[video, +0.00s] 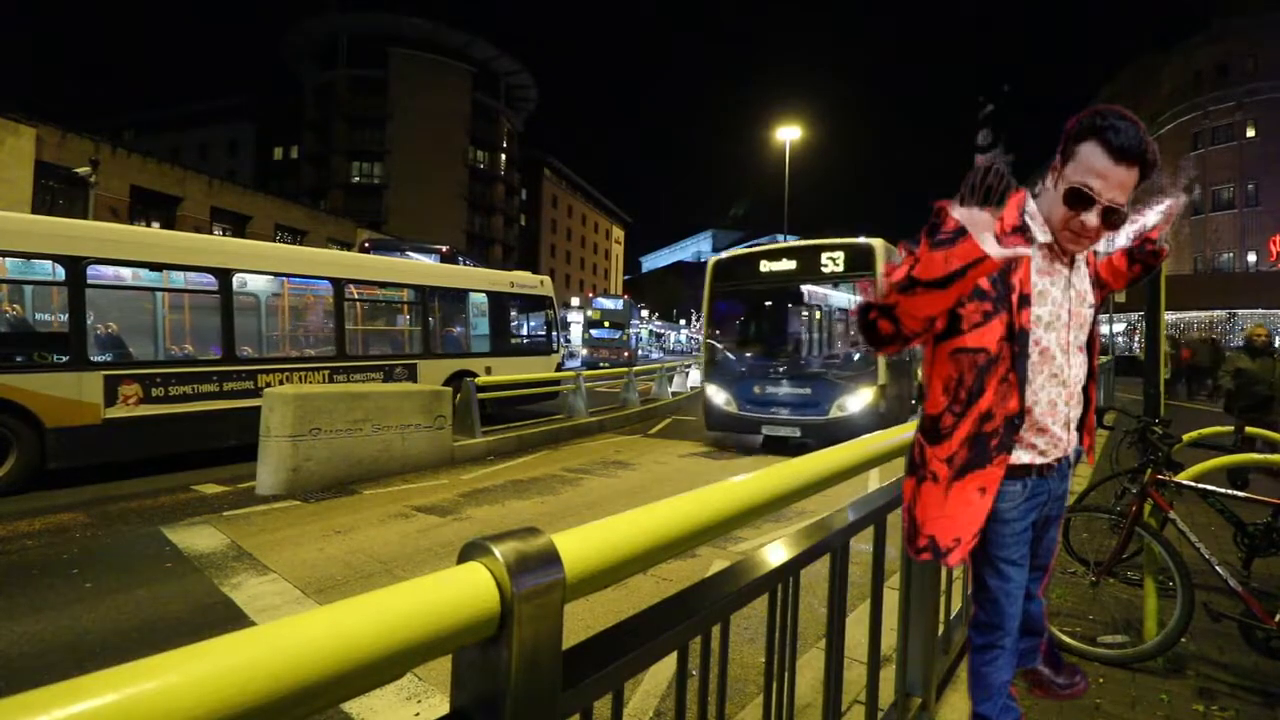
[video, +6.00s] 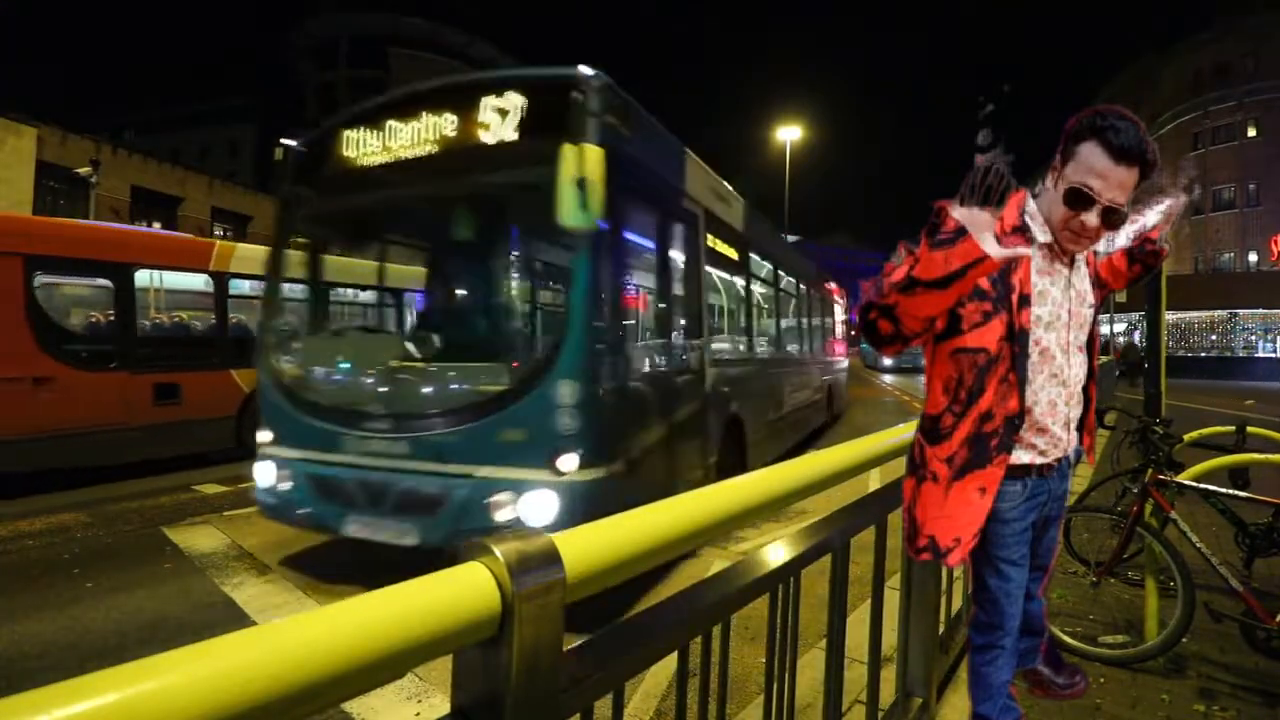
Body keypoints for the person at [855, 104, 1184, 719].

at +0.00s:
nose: (1089, 222)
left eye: (1109, 212)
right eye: (1080, 197)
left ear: (1123, 211)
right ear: (1052, 171)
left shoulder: (1083, 263)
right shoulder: (982, 241)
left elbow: (1111, 274)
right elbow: (882, 328)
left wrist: (1150, 241)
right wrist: (963, 246)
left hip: (1057, 468)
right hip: (1000, 474)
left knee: (1034, 581)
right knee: (1000, 612)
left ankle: (1028, 659)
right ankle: (994, 709)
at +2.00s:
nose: (1089, 222)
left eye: (1109, 212)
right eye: (1080, 198)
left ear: (1123, 211)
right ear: (1052, 171)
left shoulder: (1084, 264)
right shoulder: (985, 242)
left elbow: (1116, 271)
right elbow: (883, 327)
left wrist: (1151, 240)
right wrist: (962, 245)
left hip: (1057, 467)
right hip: (1000, 474)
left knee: (1035, 581)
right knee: (1000, 611)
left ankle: (1028, 659)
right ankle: (994, 709)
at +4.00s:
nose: (1089, 222)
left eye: (1110, 212)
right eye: (1079, 198)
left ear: (1123, 212)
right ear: (1052, 172)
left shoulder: (1083, 264)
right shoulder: (986, 243)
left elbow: (1107, 276)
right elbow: (882, 328)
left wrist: (1150, 241)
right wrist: (960, 245)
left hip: (1057, 467)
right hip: (1000, 476)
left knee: (1034, 582)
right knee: (1000, 614)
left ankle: (1027, 659)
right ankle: (993, 710)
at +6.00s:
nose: (1089, 222)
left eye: (1110, 211)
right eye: (1079, 198)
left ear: (1123, 211)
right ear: (1052, 172)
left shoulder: (1085, 265)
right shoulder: (985, 242)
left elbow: (1116, 271)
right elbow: (884, 328)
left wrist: (1152, 240)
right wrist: (962, 246)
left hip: (1057, 467)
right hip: (1000, 475)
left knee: (1034, 582)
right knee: (1000, 611)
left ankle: (1027, 659)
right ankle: (993, 709)